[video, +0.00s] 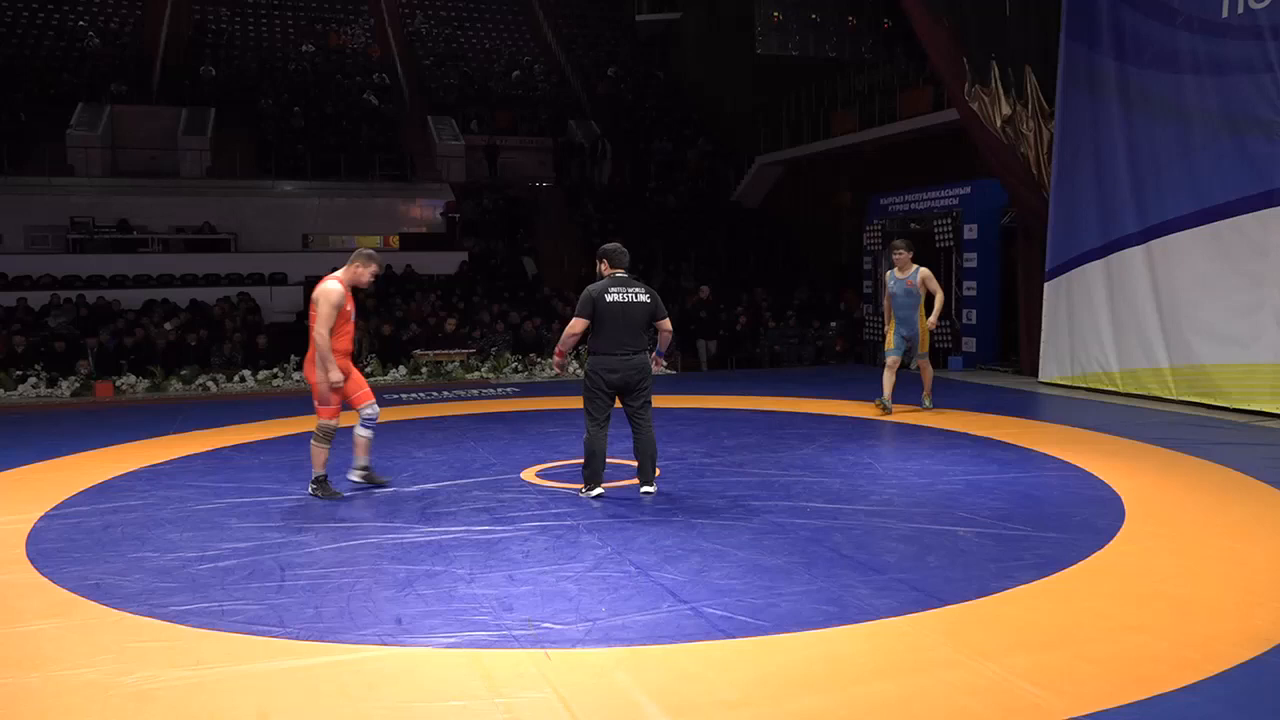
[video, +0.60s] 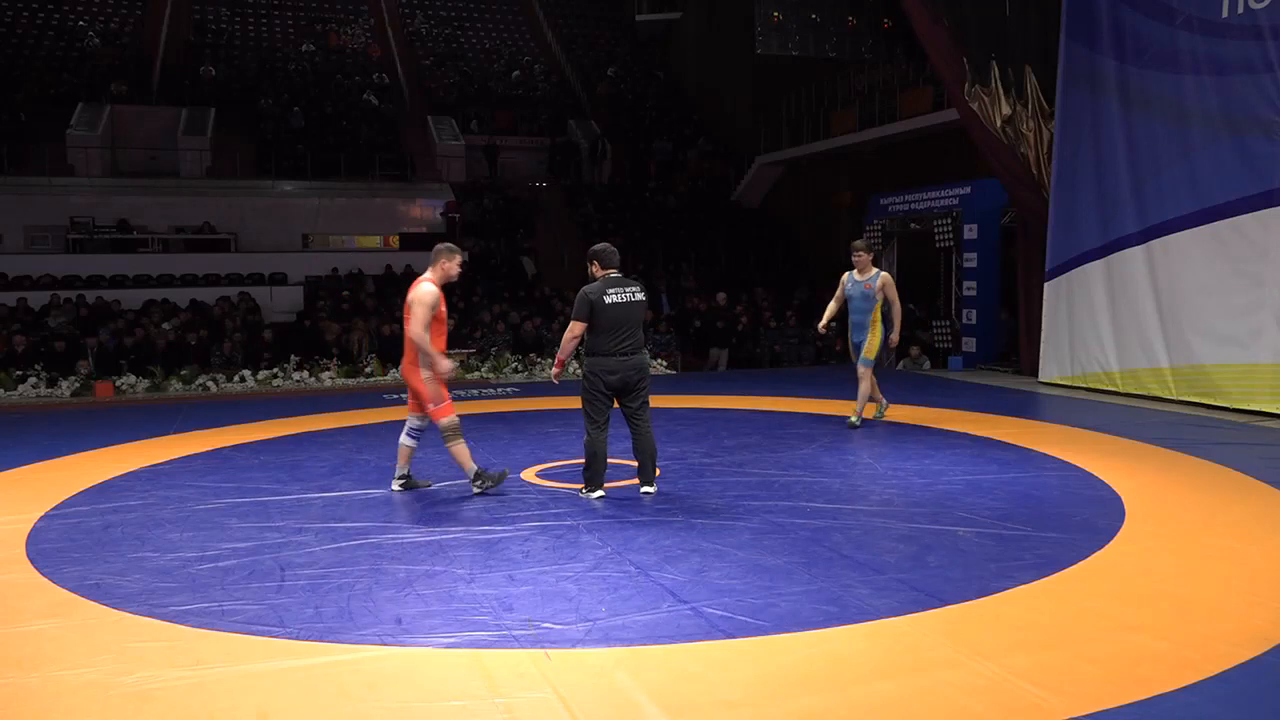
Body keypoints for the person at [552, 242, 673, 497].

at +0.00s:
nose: (598, 268)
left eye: (598, 265)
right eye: (598, 264)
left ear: (605, 265)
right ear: (625, 265)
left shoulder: (594, 292)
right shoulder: (646, 292)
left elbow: (575, 329)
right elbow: (666, 328)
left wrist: (561, 352)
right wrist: (659, 354)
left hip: (601, 366)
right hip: (637, 365)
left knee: (596, 425)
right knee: (642, 423)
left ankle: (593, 483)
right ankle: (647, 481)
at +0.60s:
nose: (590, 270)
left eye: (590, 266)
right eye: (590, 266)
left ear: (596, 266)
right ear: (617, 264)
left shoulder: (589, 293)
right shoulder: (638, 289)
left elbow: (574, 333)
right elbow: (637, 322)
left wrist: (559, 362)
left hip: (599, 368)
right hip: (635, 366)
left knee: (596, 428)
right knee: (641, 422)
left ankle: (594, 486)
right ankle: (648, 481)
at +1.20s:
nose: (567, 270)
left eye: (567, 267)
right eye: (568, 266)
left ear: (571, 268)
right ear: (595, 264)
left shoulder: (571, 297)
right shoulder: (614, 287)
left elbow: (557, 340)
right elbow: (612, 323)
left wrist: (560, 347)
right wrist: (569, 342)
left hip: (589, 369)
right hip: (623, 364)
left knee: (591, 430)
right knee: (633, 420)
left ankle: (593, 487)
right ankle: (647, 478)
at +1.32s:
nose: (568, 270)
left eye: (568, 267)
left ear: (570, 268)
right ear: (596, 263)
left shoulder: (568, 296)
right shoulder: (615, 286)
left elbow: (553, 338)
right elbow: (613, 322)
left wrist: (562, 347)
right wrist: (571, 340)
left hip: (588, 368)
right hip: (622, 363)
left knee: (591, 429)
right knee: (634, 419)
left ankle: (593, 486)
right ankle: (647, 477)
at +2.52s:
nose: (618, 263)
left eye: (618, 260)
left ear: (619, 262)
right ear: (646, 261)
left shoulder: (606, 288)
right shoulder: (661, 290)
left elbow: (589, 326)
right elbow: (663, 323)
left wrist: (608, 336)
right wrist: (641, 326)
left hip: (614, 362)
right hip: (650, 362)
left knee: (604, 422)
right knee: (650, 421)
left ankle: (597, 480)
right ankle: (650, 480)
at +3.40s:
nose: (632, 266)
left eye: (633, 262)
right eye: (633, 262)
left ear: (638, 262)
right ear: (664, 262)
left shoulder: (626, 288)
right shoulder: (681, 288)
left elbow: (612, 322)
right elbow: (676, 318)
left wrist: (642, 313)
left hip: (634, 361)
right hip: (669, 362)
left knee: (617, 416)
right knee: (665, 418)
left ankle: (613, 473)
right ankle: (662, 479)